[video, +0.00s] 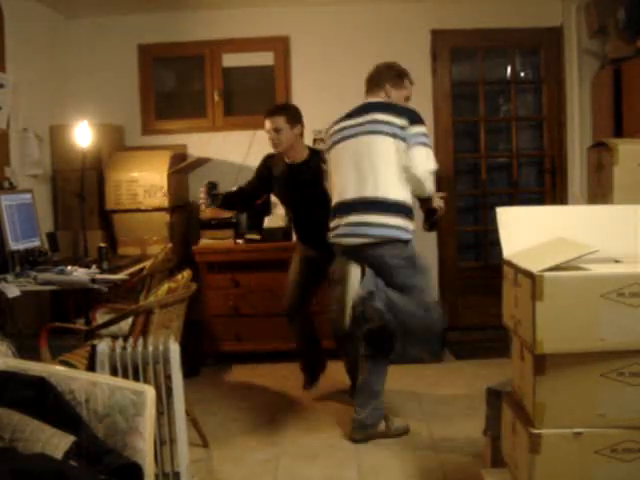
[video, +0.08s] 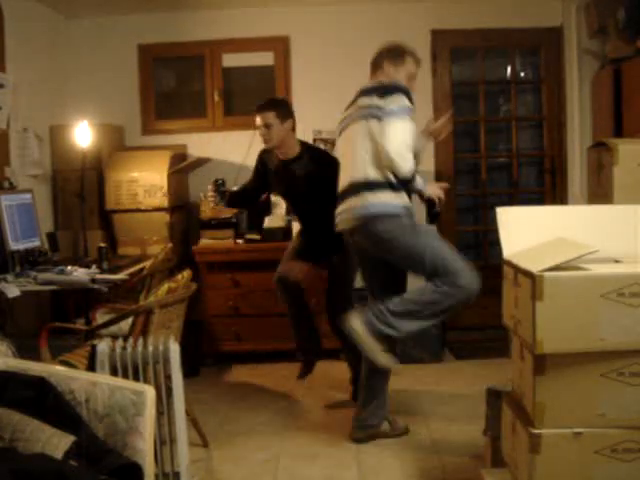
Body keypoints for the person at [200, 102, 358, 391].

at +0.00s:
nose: (272, 137)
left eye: (278, 131)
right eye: (269, 131)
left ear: (298, 130)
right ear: (267, 132)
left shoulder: (325, 163)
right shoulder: (272, 166)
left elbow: (347, 195)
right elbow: (249, 196)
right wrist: (218, 200)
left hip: (340, 245)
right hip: (308, 245)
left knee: (341, 314)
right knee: (294, 305)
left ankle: (358, 377)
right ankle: (313, 363)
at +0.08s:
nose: (262, 133)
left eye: (268, 126)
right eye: (259, 127)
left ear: (289, 125)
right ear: (260, 129)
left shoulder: (323, 163)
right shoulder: (268, 161)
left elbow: (325, 219)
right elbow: (251, 196)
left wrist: (307, 259)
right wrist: (226, 197)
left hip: (338, 235)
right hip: (308, 234)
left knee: (338, 310)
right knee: (286, 279)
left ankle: (360, 378)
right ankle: (309, 348)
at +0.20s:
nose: (256, 138)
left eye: (262, 132)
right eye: (253, 132)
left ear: (284, 131)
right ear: (254, 133)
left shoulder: (307, 171)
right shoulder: (267, 164)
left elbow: (297, 233)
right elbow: (260, 205)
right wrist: (230, 204)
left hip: (342, 238)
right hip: (309, 237)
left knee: (332, 308)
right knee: (297, 305)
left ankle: (367, 361)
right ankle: (304, 377)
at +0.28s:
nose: (255, 146)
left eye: (261, 139)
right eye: (252, 140)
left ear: (282, 137)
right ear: (253, 140)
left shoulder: (304, 178)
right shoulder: (268, 172)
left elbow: (278, 233)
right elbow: (261, 209)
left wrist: (228, 265)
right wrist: (238, 207)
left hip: (341, 248)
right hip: (309, 247)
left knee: (337, 323)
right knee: (296, 316)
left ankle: (377, 373)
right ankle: (311, 387)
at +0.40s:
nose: (244, 147)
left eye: (249, 140)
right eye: (242, 140)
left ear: (271, 137)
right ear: (261, 139)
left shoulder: (296, 174)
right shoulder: (265, 169)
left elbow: (274, 238)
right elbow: (263, 206)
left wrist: (225, 271)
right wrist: (238, 207)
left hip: (336, 237)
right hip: (308, 238)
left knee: (311, 308)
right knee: (301, 309)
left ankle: (365, 342)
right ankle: (311, 386)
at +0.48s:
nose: (242, 147)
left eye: (247, 139)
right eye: (239, 139)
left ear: (269, 136)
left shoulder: (292, 173)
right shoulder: (264, 168)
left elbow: (276, 239)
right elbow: (264, 201)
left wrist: (233, 273)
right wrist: (232, 208)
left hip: (335, 232)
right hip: (310, 232)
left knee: (307, 300)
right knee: (304, 300)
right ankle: (313, 383)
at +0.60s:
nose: (236, 149)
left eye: (241, 141)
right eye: (234, 142)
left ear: (262, 137)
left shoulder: (290, 174)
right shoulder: (261, 172)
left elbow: (296, 246)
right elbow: (257, 217)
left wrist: (265, 286)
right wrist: (240, 207)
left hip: (341, 224)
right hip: (314, 226)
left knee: (303, 286)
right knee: (297, 286)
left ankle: (322, 373)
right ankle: (320, 373)